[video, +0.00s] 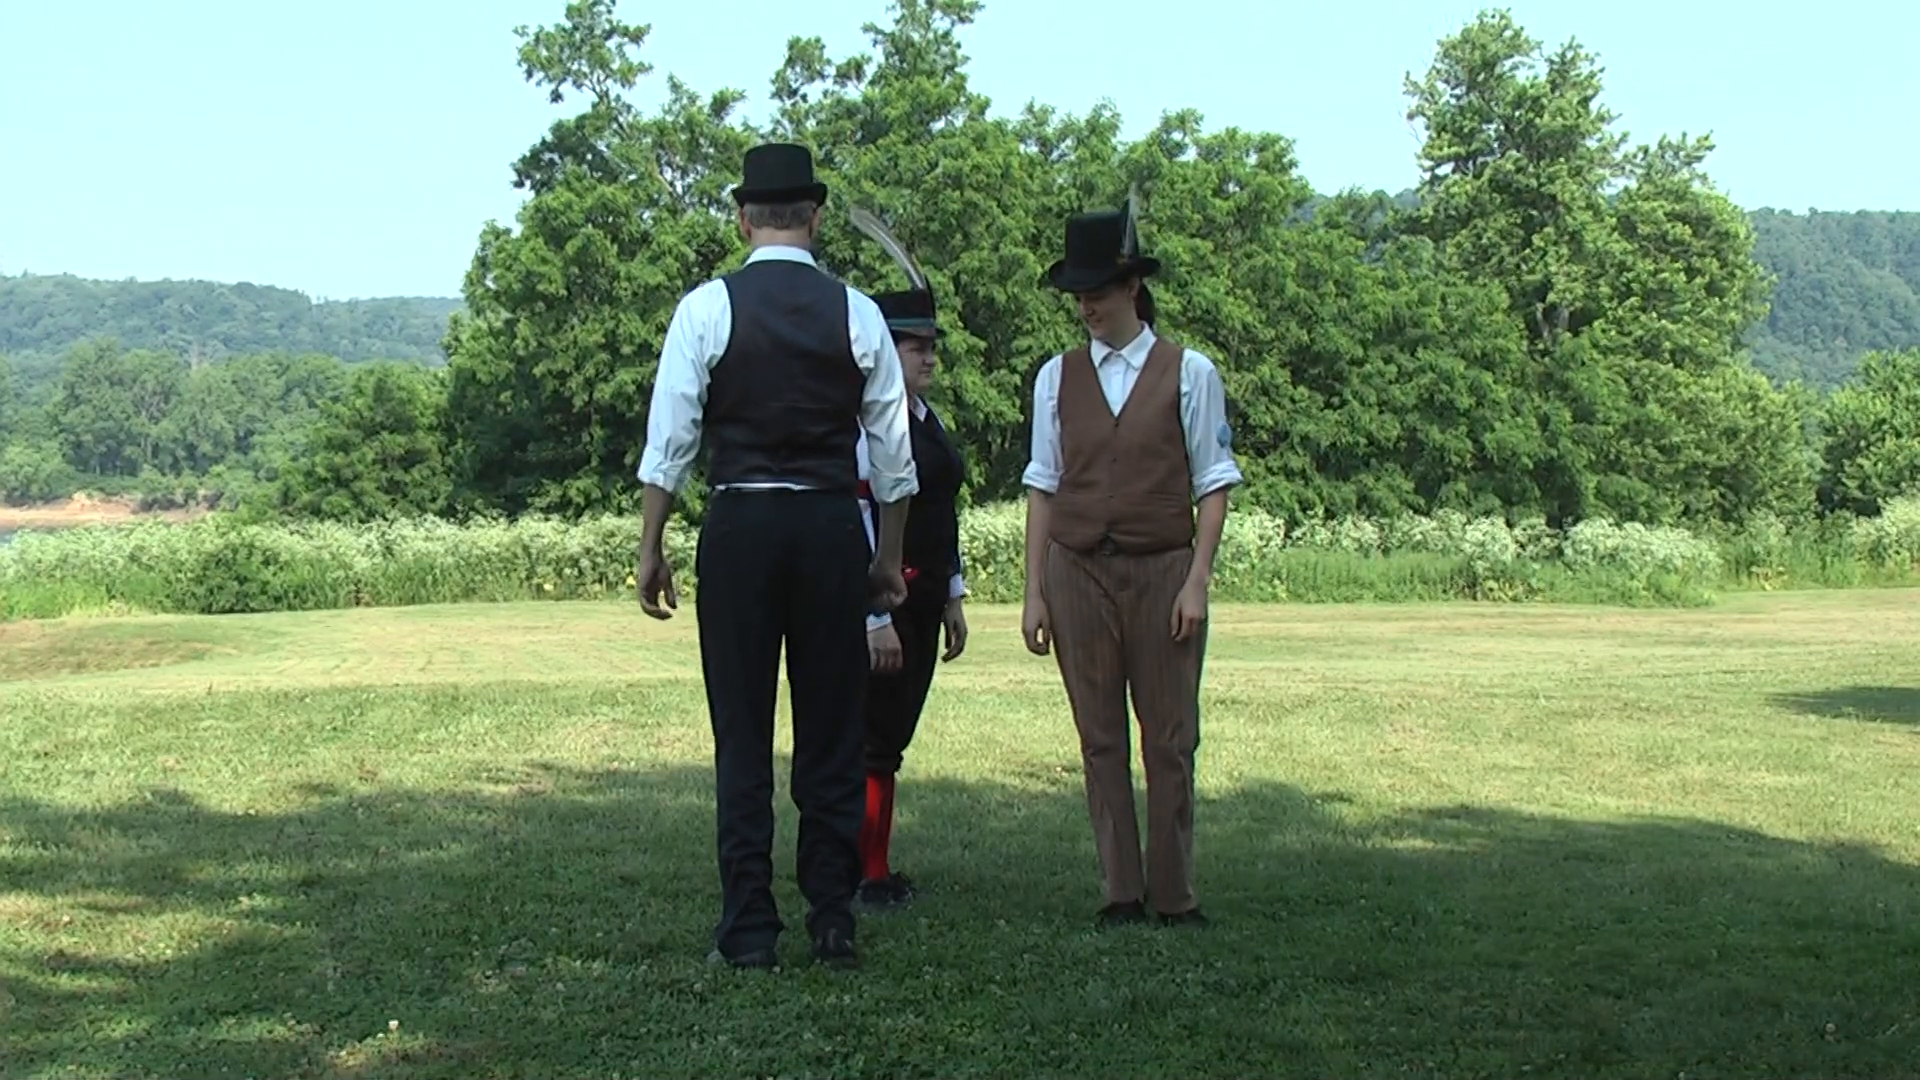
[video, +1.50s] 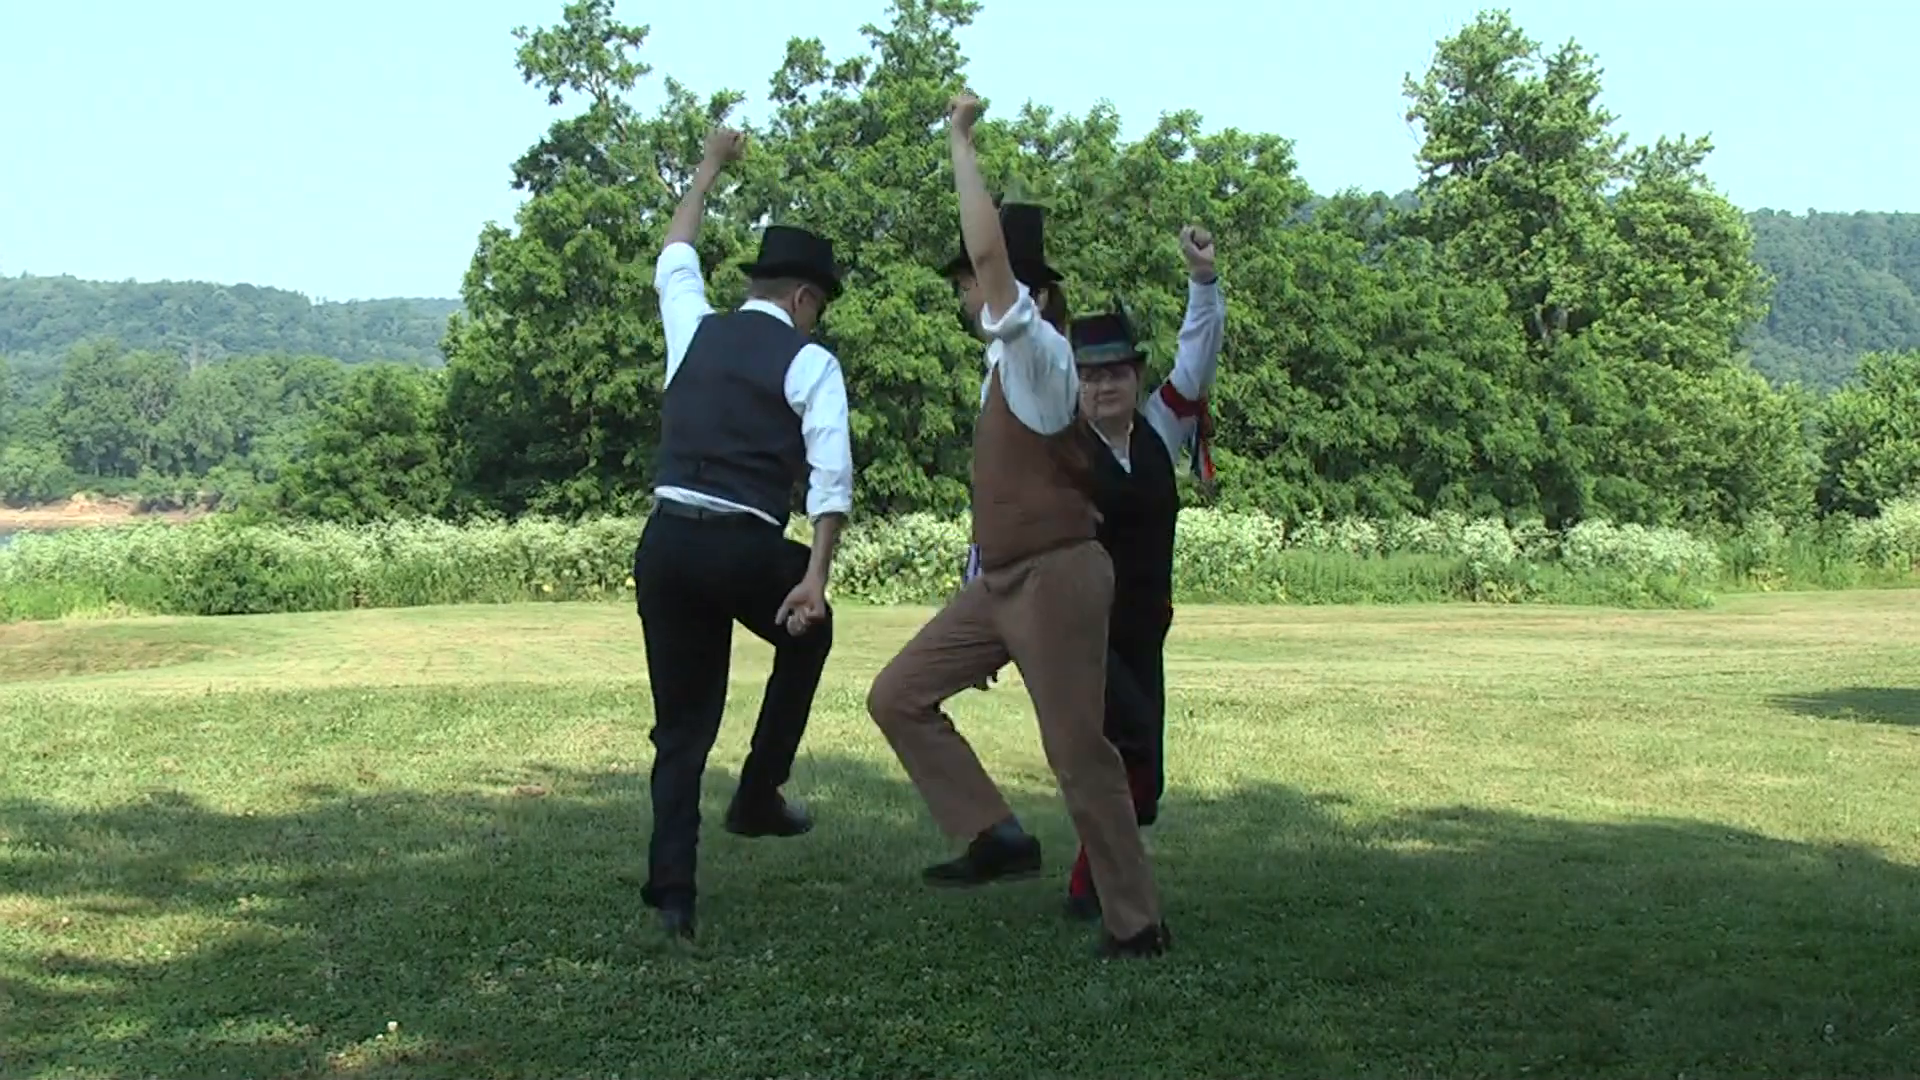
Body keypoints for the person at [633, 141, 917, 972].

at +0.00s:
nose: (753, 222)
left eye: (745, 212)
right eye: (797, 212)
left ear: (742, 218)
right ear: (814, 216)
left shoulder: (708, 307)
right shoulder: (859, 312)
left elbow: (671, 432)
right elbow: (893, 445)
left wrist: (650, 544)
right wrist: (890, 551)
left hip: (738, 537)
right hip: (834, 535)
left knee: (741, 741)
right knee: (831, 737)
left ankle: (748, 929)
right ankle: (835, 923)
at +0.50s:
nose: (765, 230)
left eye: (753, 220)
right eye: (807, 220)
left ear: (748, 224)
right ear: (823, 225)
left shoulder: (714, 308)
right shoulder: (863, 318)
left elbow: (664, 415)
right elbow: (895, 457)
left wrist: (598, 507)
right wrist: (885, 562)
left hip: (740, 527)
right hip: (836, 533)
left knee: (718, 711)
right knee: (830, 720)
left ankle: (736, 899)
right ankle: (831, 920)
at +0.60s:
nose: (747, 228)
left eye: (743, 218)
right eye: (809, 219)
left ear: (740, 222)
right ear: (813, 224)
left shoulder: (712, 299)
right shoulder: (854, 314)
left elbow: (636, 389)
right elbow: (896, 449)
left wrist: (551, 424)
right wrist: (880, 550)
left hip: (737, 520)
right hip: (830, 526)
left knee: (705, 689)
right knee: (830, 714)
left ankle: (722, 866)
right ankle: (834, 918)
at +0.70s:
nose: (787, 231)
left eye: (741, 222)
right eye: (796, 221)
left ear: (728, 226)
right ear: (799, 226)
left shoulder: (699, 301)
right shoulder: (840, 314)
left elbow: (591, 348)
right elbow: (883, 442)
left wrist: (529, 338)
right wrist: (871, 547)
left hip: (724, 521)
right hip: (815, 526)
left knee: (695, 694)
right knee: (819, 719)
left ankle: (707, 872)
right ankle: (832, 920)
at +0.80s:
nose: (750, 247)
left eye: (722, 237)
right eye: (770, 237)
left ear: (707, 242)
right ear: (777, 243)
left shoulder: (671, 315)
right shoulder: (819, 325)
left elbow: (549, 309)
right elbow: (867, 450)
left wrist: (522, 257)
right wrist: (869, 561)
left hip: (708, 533)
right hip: (800, 538)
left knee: (706, 714)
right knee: (792, 722)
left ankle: (694, 916)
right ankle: (828, 907)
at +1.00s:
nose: (761, 244)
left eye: (752, 234)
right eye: (761, 234)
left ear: (689, 241)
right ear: (751, 239)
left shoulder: (651, 308)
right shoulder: (789, 321)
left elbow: (599, 232)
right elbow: (836, 433)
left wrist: (579, 152)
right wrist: (852, 536)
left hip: (684, 529)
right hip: (775, 528)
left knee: (692, 722)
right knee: (773, 628)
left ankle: (697, 917)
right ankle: (771, 784)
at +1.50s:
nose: (819, 316)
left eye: (818, 303)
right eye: (819, 302)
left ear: (753, 285)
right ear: (802, 297)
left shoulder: (694, 328)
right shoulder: (811, 361)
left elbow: (676, 250)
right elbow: (830, 473)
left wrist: (710, 164)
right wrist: (816, 570)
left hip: (665, 541)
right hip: (745, 548)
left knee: (681, 724)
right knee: (809, 631)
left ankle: (672, 897)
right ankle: (758, 797)